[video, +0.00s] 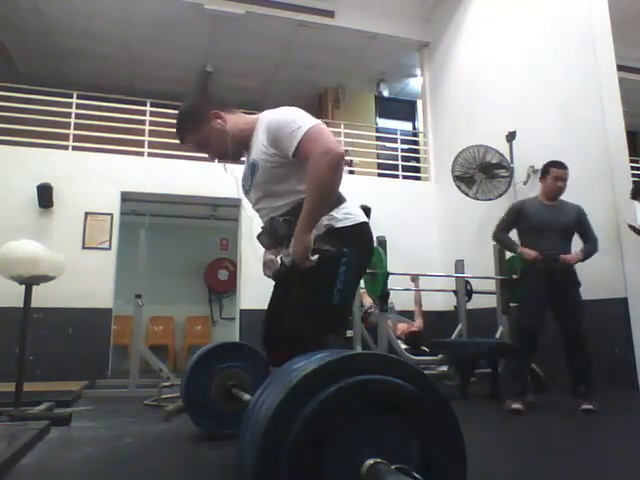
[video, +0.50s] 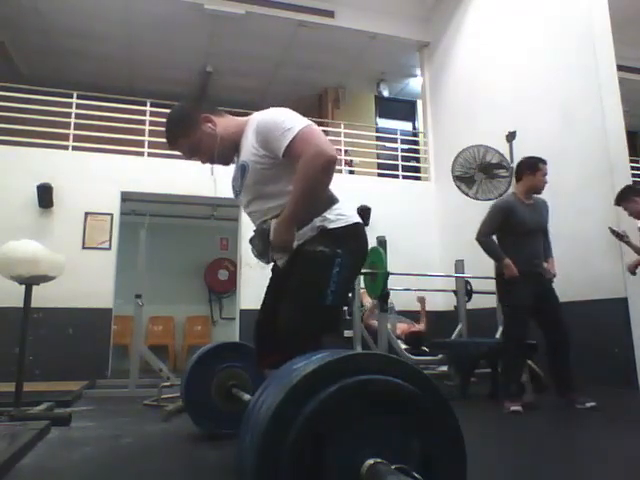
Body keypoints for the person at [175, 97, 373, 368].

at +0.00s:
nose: (211, 156)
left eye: (205, 146)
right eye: (203, 152)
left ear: (219, 120)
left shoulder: (277, 120)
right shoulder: (250, 172)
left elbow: (329, 154)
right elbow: (278, 216)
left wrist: (303, 232)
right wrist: (272, 250)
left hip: (338, 238)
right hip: (302, 251)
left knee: (305, 334)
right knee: (276, 334)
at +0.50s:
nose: (202, 160)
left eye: (196, 151)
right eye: (194, 157)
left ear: (209, 125)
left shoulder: (267, 121)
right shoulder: (241, 173)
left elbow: (321, 156)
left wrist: (287, 223)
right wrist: (265, 235)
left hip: (330, 240)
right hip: (296, 255)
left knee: (299, 337)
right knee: (270, 340)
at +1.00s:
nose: (199, 163)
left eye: (194, 153)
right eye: (191, 159)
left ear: (207, 127)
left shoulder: (265, 126)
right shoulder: (240, 174)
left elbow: (318, 162)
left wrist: (281, 227)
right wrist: (266, 238)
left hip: (330, 244)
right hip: (297, 257)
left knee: (298, 340)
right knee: (264, 342)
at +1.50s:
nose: (198, 162)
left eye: (193, 153)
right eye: (191, 158)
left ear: (208, 127)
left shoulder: (267, 129)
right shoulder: (239, 175)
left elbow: (312, 169)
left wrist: (276, 234)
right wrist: (262, 246)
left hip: (328, 248)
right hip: (296, 260)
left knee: (289, 341)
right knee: (257, 338)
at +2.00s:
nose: (204, 157)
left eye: (201, 148)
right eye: (197, 154)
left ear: (215, 125)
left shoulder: (278, 134)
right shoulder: (241, 177)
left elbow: (227, 158)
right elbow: (204, 207)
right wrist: (150, 233)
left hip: (331, 250)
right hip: (294, 264)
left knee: (294, 342)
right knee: (257, 338)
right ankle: (283, 426)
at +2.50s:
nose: (205, 164)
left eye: (204, 151)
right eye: (200, 158)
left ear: (220, 133)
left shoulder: (275, 137)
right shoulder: (234, 177)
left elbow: (195, 137)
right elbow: (177, 179)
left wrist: (109, 131)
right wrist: (118, 172)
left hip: (336, 255)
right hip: (299, 269)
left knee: (289, 347)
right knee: (257, 340)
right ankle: (276, 427)